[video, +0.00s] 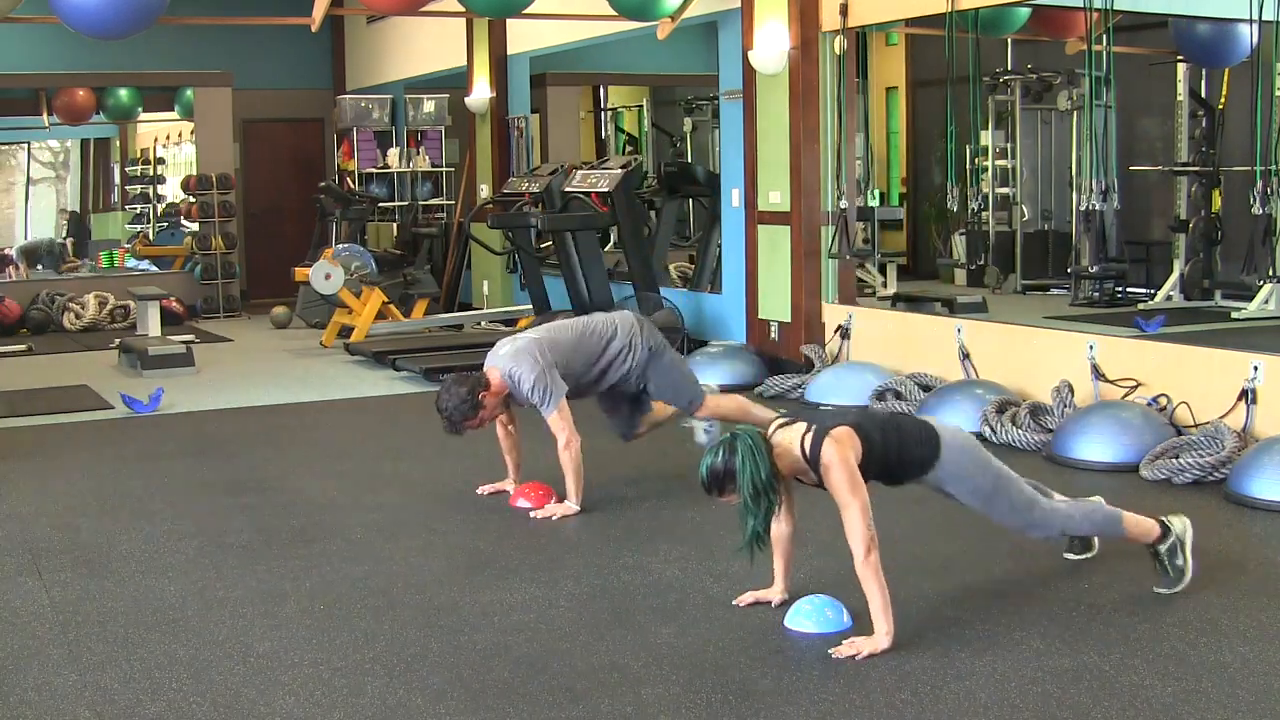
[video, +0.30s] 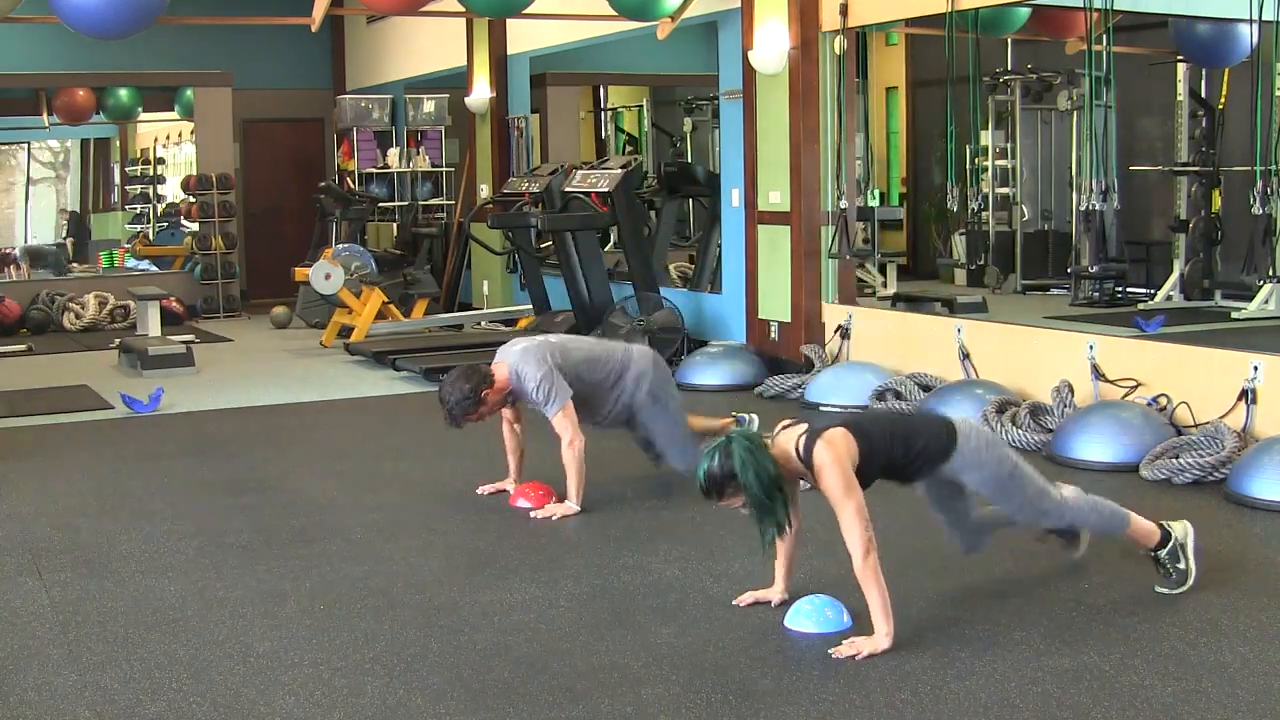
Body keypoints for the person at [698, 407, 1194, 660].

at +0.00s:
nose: (740, 502)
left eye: (736, 495)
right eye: (732, 497)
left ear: (749, 473)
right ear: (743, 458)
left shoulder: (830, 452)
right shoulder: (769, 445)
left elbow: (866, 549)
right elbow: (780, 517)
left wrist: (883, 633)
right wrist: (779, 587)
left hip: (942, 451)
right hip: (918, 446)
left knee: (1042, 513)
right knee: (1012, 496)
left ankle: (1162, 532)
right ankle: (1077, 526)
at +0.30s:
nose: (739, 507)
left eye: (735, 499)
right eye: (729, 502)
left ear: (748, 477)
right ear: (748, 461)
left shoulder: (827, 455)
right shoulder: (776, 451)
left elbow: (864, 551)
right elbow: (786, 521)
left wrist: (882, 634)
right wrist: (780, 588)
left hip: (959, 444)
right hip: (925, 458)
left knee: (1050, 504)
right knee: (968, 530)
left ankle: (1165, 538)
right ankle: (1057, 521)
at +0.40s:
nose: (736, 504)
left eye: (732, 496)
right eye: (727, 499)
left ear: (746, 473)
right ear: (741, 463)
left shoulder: (823, 454)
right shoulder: (774, 449)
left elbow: (863, 549)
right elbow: (785, 520)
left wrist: (882, 634)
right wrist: (780, 587)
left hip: (954, 429)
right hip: (915, 455)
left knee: (1049, 497)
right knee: (915, 554)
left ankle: (1160, 539)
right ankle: (998, 509)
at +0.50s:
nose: (735, 498)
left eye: (733, 489)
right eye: (727, 492)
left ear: (746, 471)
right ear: (747, 452)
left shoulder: (824, 452)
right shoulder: (774, 446)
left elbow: (862, 548)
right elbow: (784, 516)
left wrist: (882, 633)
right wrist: (779, 586)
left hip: (950, 437)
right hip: (899, 462)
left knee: (1045, 505)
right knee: (879, 556)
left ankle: (1161, 542)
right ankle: (948, 511)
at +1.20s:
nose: (754, 504)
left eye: (750, 493)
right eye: (745, 498)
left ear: (761, 473)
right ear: (752, 457)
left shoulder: (829, 451)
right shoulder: (779, 444)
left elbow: (867, 547)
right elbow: (787, 518)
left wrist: (883, 633)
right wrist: (780, 587)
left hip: (961, 427)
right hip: (922, 444)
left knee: (1049, 495)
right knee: (937, 530)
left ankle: (1156, 537)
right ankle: (1007, 487)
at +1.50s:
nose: (740, 504)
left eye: (739, 497)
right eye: (732, 500)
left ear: (752, 474)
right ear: (747, 449)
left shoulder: (828, 454)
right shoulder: (766, 441)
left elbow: (869, 547)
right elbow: (780, 514)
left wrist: (882, 634)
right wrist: (780, 586)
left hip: (937, 458)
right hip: (909, 459)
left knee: (1024, 539)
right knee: (997, 505)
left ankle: (1151, 535)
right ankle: (1070, 509)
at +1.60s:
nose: (744, 508)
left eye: (742, 498)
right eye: (735, 503)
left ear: (756, 476)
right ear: (741, 459)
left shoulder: (828, 451)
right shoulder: (766, 440)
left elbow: (867, 545)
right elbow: (776, 514)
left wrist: (883, 633)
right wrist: (779, 585)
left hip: (933, 436)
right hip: (905, 425)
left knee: (969, 561)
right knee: (978, 488)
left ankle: (1093, 535)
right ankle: (1069, 511)